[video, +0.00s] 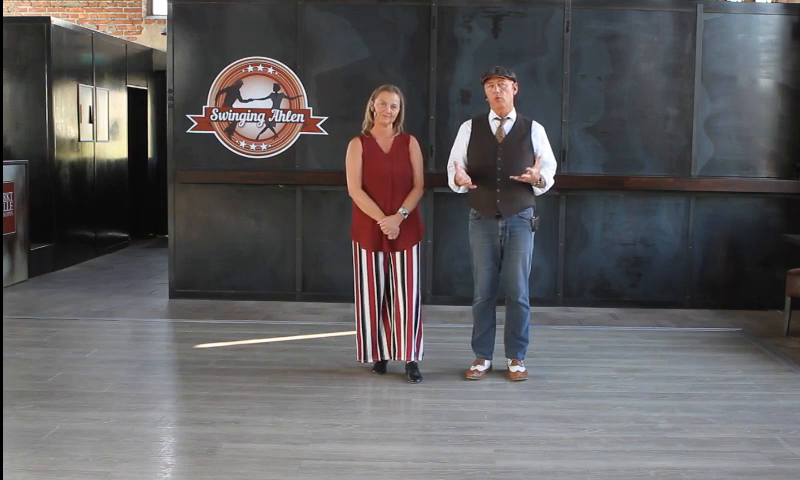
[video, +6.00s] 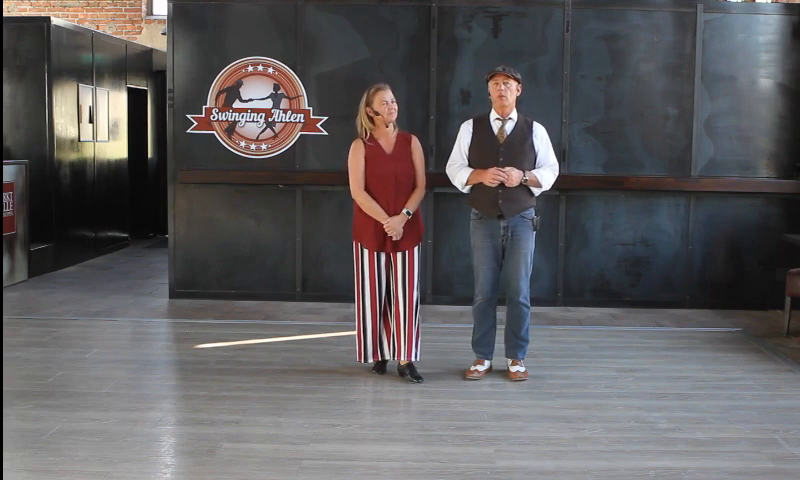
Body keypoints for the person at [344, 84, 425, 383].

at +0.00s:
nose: (387, 110)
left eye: (393, 105)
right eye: (383, 104)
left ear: (399, 110)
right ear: (373, 106)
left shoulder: (410, 143)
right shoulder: (357, 144)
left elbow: (419, 186)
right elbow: (354, 189)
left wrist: (398, 216)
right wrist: (385, 220)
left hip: (405, 229)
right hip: (369, 230)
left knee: (408, 294)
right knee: (373, 295)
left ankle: (412, 357)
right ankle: (378, 355)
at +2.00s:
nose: (389, 110)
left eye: (394, 105)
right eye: (384, 104)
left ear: (400, 110)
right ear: (374, 107)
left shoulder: (412, 143)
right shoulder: (360, 144)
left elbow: (420, 187)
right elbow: (357, 190)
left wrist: (401, 216)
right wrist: (389, 220)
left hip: (406, 230)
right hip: (371, 231)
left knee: (406, 295)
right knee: (374, 295)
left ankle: (406, 359)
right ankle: (379, 356)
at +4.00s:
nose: (396, 108)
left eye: (397, 103)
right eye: (389, 104)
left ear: (399, 107)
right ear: (373, 110)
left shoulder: (412, 143)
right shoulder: (360, 145)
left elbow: (421, 187)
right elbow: (357, 191)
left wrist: (402, 216)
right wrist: (388, 220)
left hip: (406, 230)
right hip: (371, 231)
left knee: (407, 295)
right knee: (374, 295)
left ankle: (406, 359)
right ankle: (378, 355)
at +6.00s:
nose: (392, 106)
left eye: (393, 102)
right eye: (385, 103)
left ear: (398, 106)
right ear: (370, 110)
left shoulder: (411, 142)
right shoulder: (360, 146)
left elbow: (421, 186)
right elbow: (357, 191)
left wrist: (403, 216)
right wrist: (389, 221)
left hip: (406, 230)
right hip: (371, 232)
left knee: (406, 296)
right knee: (374, 295)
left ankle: (406, 359)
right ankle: (379, 355)